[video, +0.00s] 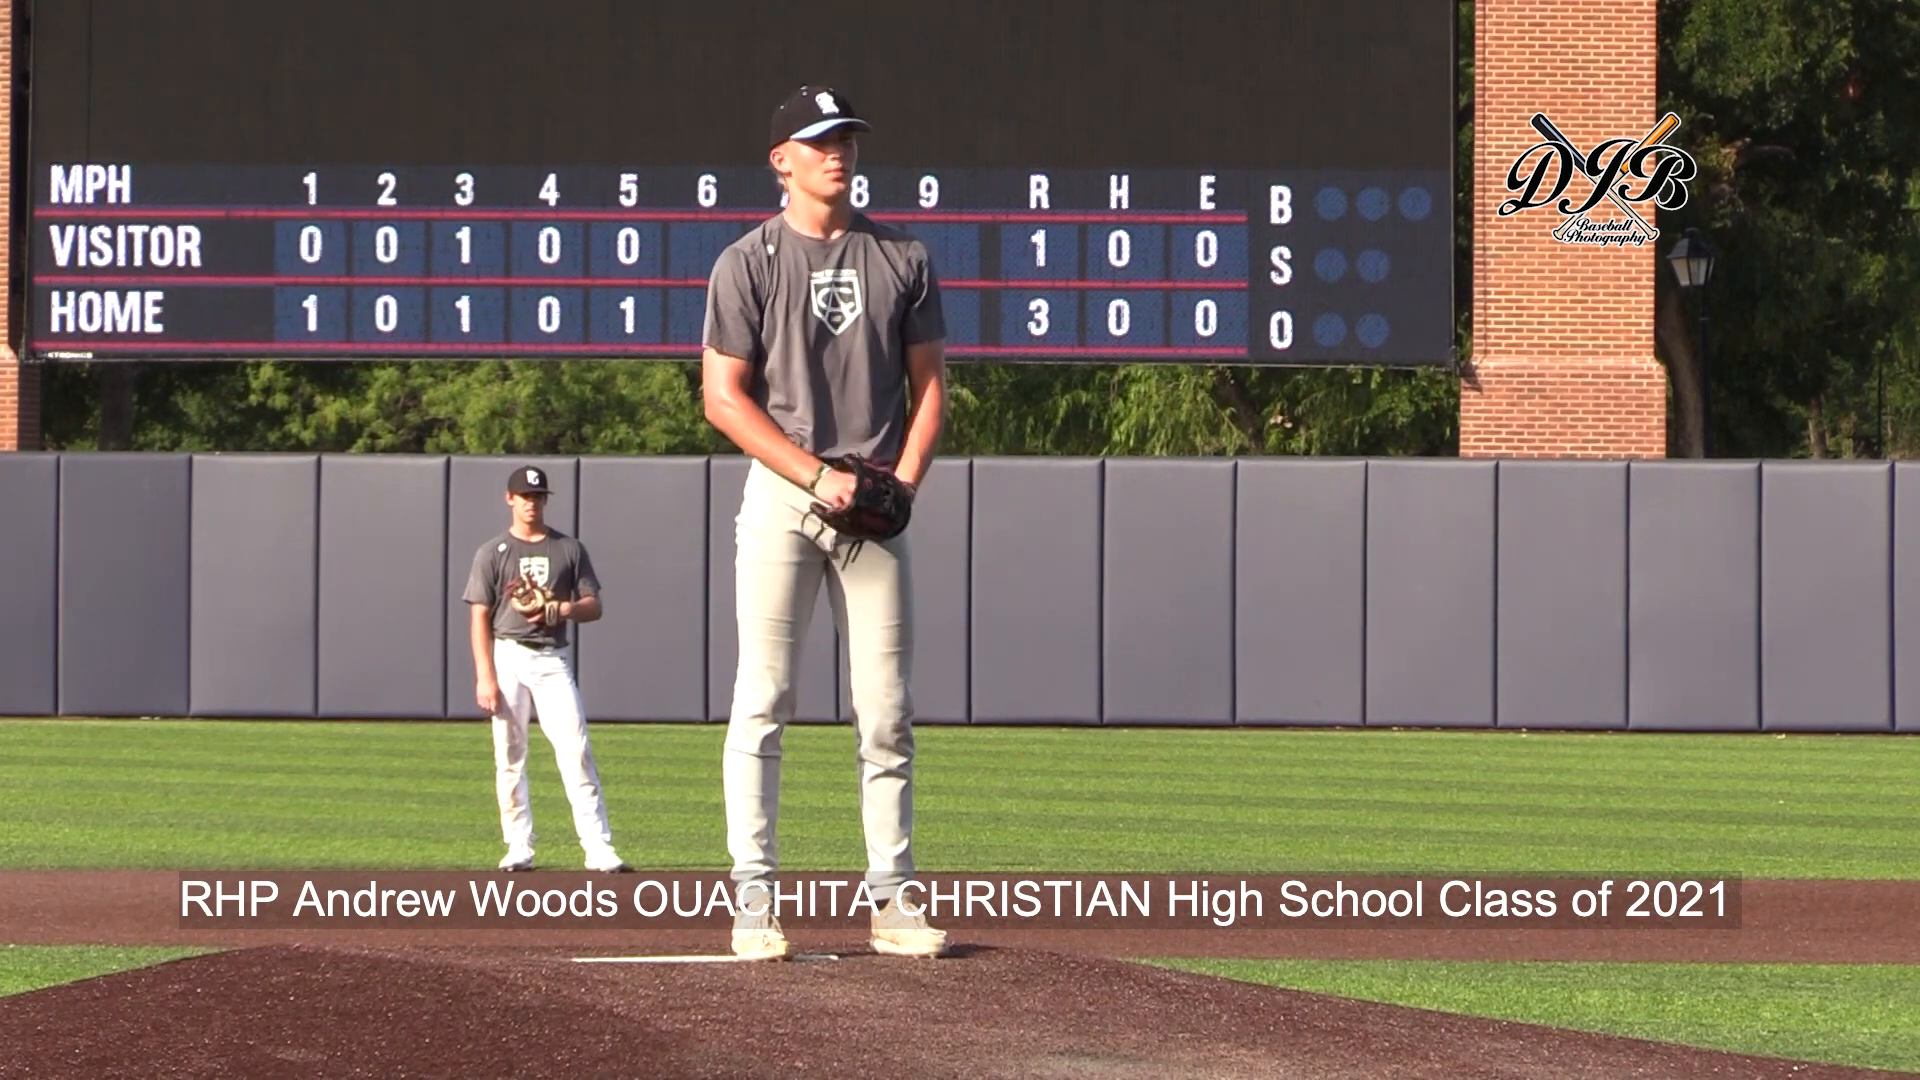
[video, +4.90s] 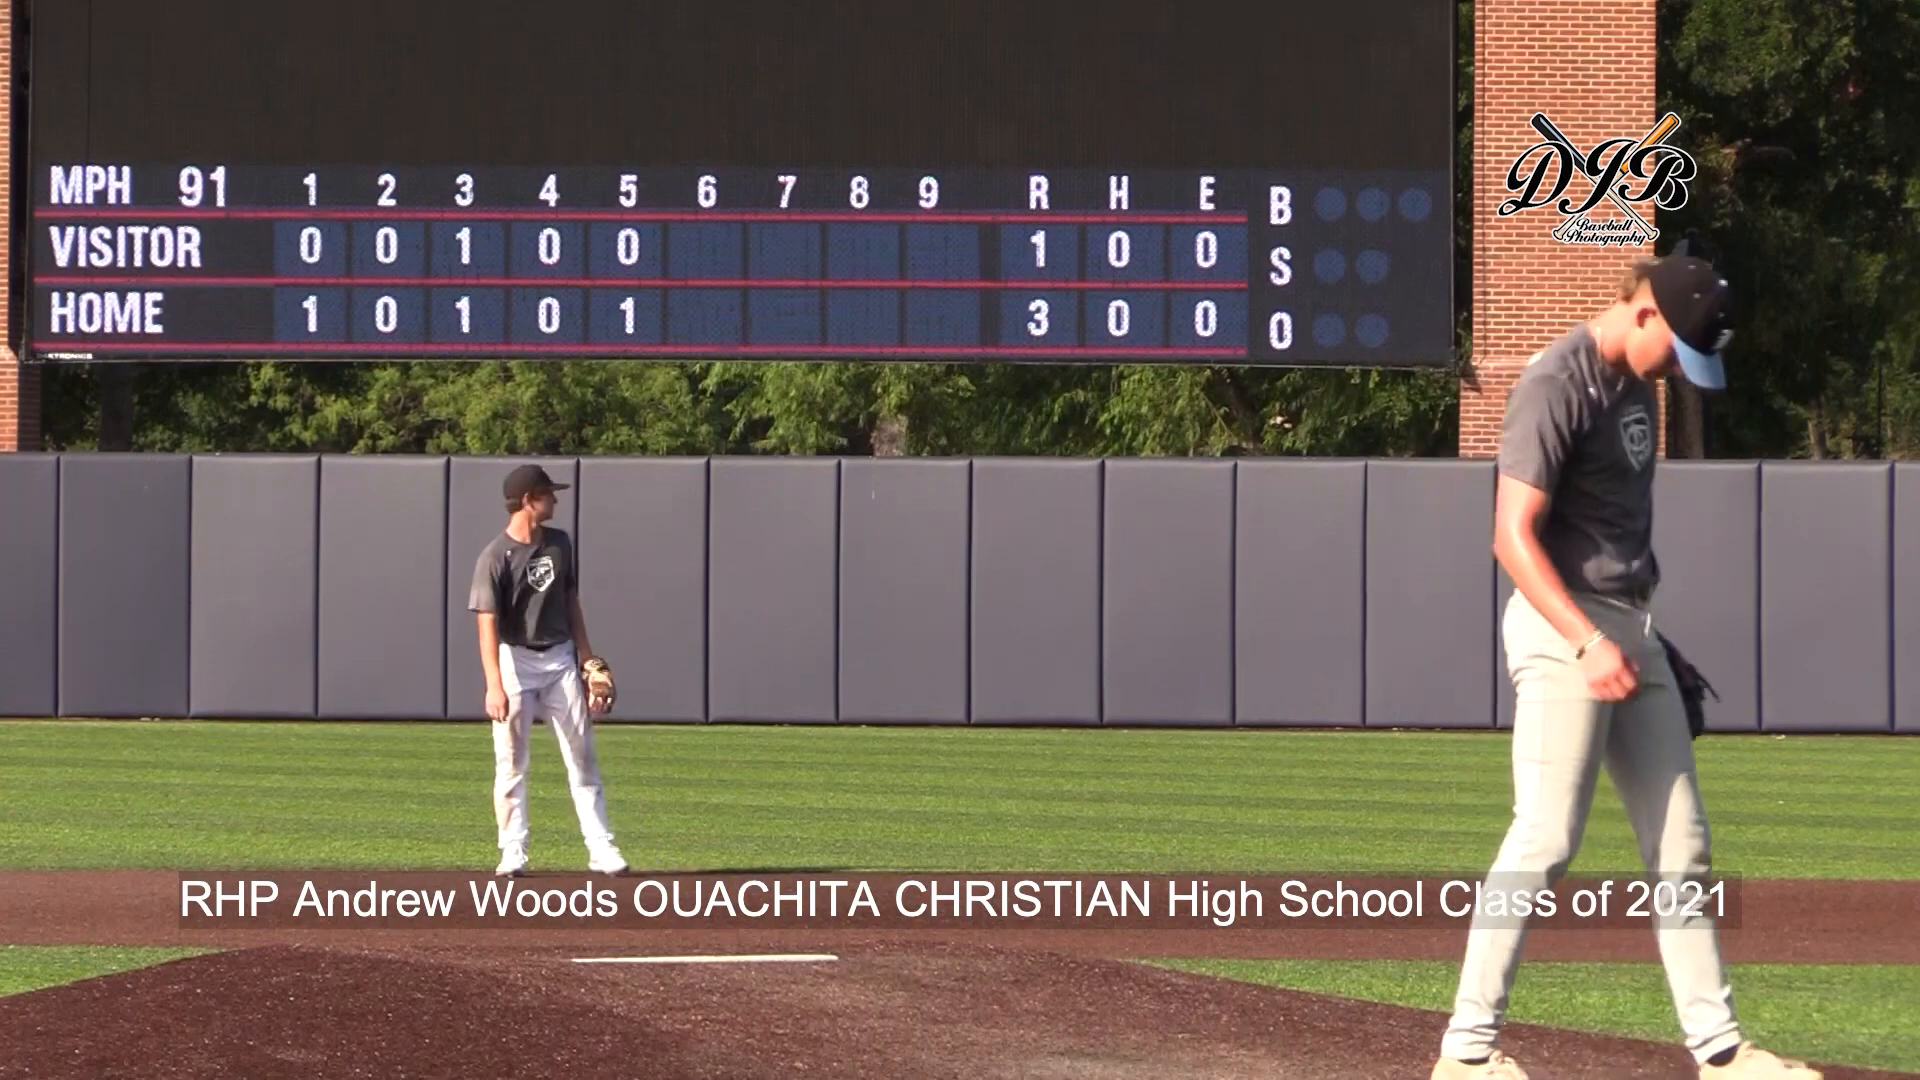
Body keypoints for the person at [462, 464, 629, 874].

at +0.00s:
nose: (532, 504)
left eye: (539, 497)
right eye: (525, 497)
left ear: (547, 500)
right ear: (510, 500)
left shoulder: (570, 549)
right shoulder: (491, 554)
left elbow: (593, 607)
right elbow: (479, 619)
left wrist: (559, 608)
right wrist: (485, 676)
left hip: (553, 658)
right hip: (506, 656)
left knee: (577, 749)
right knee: (509, 757)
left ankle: (600, 852)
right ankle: (519, 850)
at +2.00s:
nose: (559, 505)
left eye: (565, 498)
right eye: (551, 498)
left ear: (575, 502)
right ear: (538, 501)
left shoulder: (598, 554)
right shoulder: (517, 552)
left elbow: (616, 608)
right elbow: (501, 613)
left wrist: (592, 623)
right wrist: (501, 673)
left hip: (577, 665)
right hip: (530, 661)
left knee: (578, 764)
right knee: (522, 760)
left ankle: (578, 855)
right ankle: (518, 855)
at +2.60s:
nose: (537, 514)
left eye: (543, 506)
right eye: (529, 508)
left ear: (551, 507)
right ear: (514, 511)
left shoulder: (581, 546)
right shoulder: (503, 560)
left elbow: (607, 586)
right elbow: (485, 618)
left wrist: (594, 629)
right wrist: (481, 681)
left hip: (576, 664)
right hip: (528, 665)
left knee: (605, 754)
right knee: (519, 763)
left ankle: (625, 846)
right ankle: (517, 856)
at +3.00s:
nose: (600, 522)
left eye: (606, 514)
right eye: (592, 516)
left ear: (615, 517)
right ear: (578, 519)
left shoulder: (642, 561)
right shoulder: (561, 566)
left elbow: (663, 601)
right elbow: (542, 621)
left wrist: (645, 643)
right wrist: (536, 683)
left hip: (622, 675)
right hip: (571, 671)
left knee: (645, 764)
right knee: (541, 762)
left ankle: (657, 859)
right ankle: (519, 852)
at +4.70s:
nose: (545, 503)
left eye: (550, 497)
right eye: (537, 497)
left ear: (556, 500)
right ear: (518, 502)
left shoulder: (579, 548)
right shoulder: (503, 558)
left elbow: (600, 601)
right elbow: (502, 627)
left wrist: (618, 658)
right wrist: (511, 683)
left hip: (568, 662)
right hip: (521, 662)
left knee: (598, 755)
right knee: (515, 763)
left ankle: (629, 849)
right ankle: (513, 855)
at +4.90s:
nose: (555, 500)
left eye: (553, 494)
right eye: (548, 495)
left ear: (535, 500)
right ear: (527, 500)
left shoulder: (559, 544)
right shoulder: (494, 557)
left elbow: (572, 606)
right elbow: (487, 625)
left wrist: (589, 666)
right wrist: (493, 685)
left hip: (562, 660)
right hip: (514, 662)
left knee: (583, 759)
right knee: (511, 765)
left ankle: (603, 852)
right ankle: (513, 856)